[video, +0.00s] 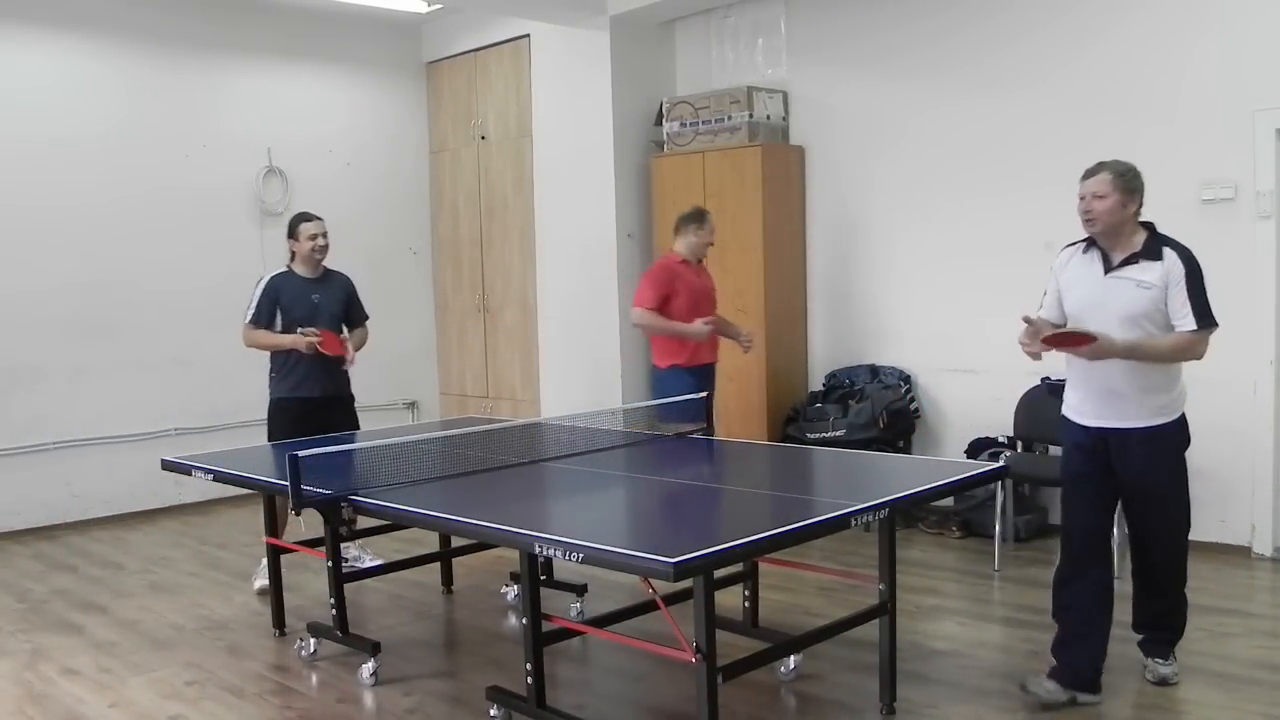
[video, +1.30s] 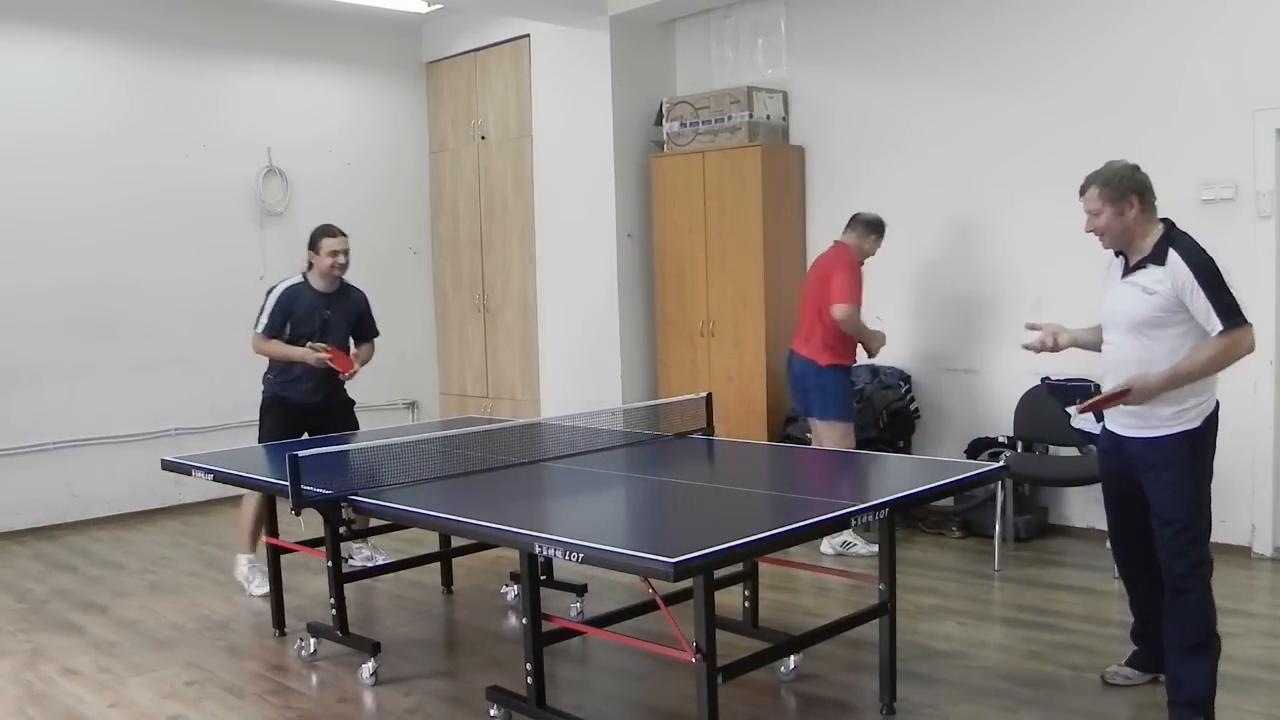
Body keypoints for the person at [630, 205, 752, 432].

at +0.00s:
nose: (712, 242)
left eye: (713, 235)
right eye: (709, 233)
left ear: (695, 233)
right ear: (692, 232)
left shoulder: (701, 271)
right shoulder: (663, 270)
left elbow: (705, 315)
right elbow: (639, 315)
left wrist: (735, 333)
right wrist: (689, 329)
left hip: (702, 370)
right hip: (675, 373)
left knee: (702, 443)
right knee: (683, 445)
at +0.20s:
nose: (734, 242)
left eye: (735, 236)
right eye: (733, 235)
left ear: (717, 234)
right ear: (721, 234)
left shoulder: (712, 266)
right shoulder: (695, 267)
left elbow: (714, 316)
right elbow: (688, 318)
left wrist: (743, 333)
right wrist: (740, 334)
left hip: (720, 368)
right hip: (703, 370)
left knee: (736, 438)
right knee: (714, 444)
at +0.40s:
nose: (761, 236)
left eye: (760, 229)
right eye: (758, 228)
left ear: (740, 229)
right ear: (742, 229)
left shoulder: (733, 262)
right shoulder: (726, 263)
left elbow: (737, 312)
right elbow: (739, 316)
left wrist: (763, 330)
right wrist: (778, 325)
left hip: (740, 368)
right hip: (724, 370)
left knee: (762, 435)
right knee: (724, 444)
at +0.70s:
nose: (811, 244)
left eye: (811, 238)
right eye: (809, 236)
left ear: (792, 233)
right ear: (793, 232)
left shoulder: (781, 266)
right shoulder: (772, 264)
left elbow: (781, 319)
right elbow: (775, 318)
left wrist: (810, 339)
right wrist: (813, 335)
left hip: (786, 371)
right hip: (767, 373)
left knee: (806, 443)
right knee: (761, 453)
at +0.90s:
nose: (834, 238)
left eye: (835, 232)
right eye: (831, 231)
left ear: (814, 227)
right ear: (813, 226)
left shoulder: (809, 262)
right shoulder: (790, 260)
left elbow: (811, 310)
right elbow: (786, 308)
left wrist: (840, 326)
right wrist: (835, 325)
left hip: (809, 364)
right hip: (792, 364)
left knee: (810, 443)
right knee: (807, 444)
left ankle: (808, 517)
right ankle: (800, 519)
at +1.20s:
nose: (866, 252)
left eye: (868, 246)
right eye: (867, 245)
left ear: (846, 233)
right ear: (857, 237)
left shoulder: (832, 262)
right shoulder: (827, 262)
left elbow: (832, 314)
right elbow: (813, 312)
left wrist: (863, 331)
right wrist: (859, 332)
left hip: (817, 366)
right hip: (818, 367)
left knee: (818, 450)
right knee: (835, 452)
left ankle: (822, 526)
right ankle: (835, 531)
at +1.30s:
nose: (874, 253)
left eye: (876, 247)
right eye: (876, 246)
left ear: (850, 232)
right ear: (869, 239)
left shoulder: (826, 259)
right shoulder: (846, 262)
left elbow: (821, 313)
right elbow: (842, 313)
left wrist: (862, 335)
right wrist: (867, 336)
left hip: (808, 364)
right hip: (825, 368)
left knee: (823, 447)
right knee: (841, 451)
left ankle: (820, 524)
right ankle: (836, 532)